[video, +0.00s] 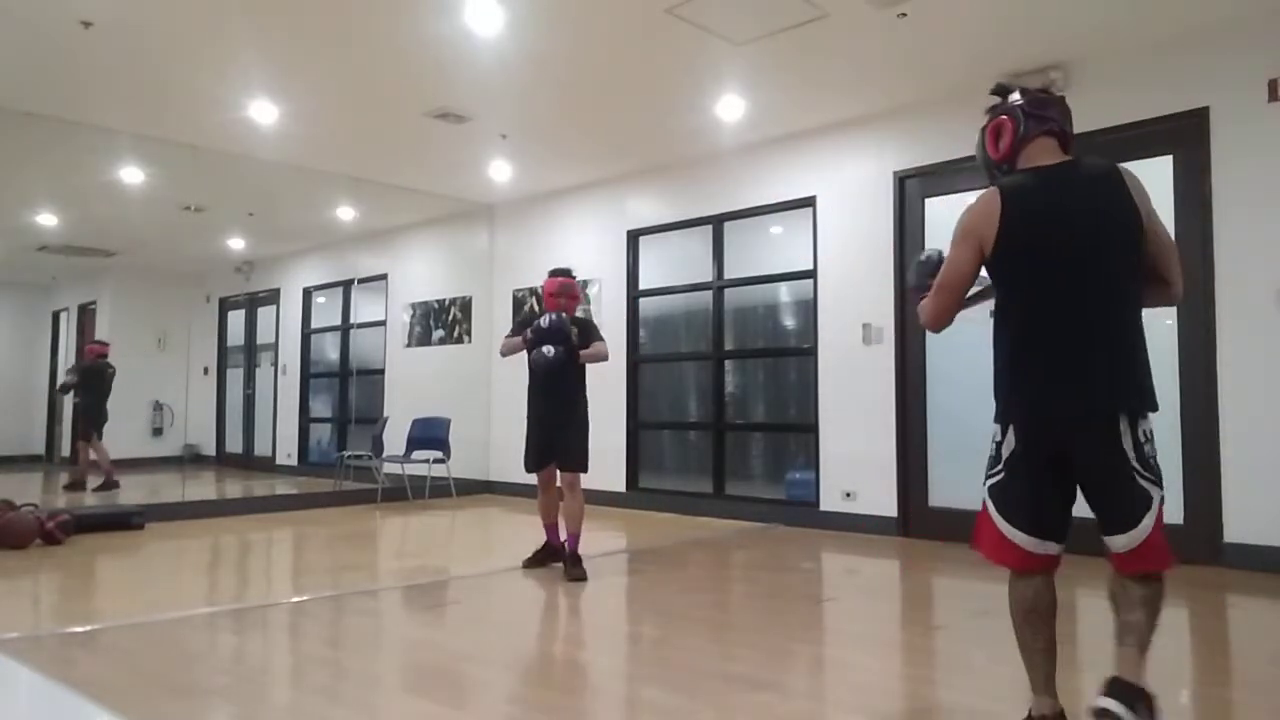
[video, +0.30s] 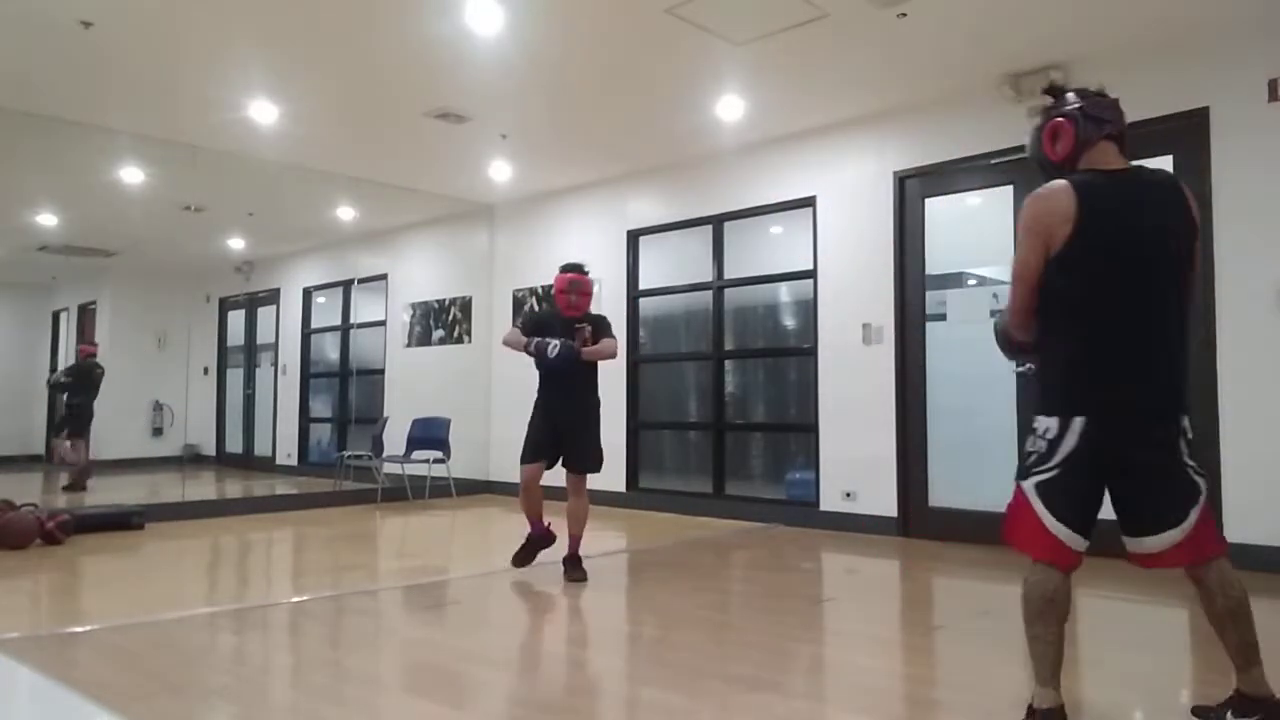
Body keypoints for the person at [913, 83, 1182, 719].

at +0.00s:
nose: (987, 149)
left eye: (988, 138)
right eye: (987, 140)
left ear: (1004, 134)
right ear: (1063, 133)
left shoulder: (990, 210)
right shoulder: (1121, 184)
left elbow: (934, 316)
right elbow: (1168, 285)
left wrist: (940, 282)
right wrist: (1094, 285)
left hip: (1032, 412)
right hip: (1117, 408)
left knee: (1030, 563)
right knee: (1137, 556)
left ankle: (1044, 706)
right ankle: (1128, 682)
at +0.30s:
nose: (1046, 152)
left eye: (1047, 142)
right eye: (1045, 144)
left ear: (1065, 136)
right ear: (1117, 135)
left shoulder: (1050, 202)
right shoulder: (1178, 195)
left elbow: (1020, 321)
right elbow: (1183, 300)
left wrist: (1017, 341)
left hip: (1072, 411)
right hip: (1158, 407)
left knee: (1047, 557)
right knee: (1206, 554)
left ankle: (1045, 701)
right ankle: (1256, 690)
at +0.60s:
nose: (1114, 174)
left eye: (1114, 158)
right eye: (1109, 163)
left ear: (1145, 134)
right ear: (1169, 135)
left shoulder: (1157, 189)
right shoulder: (1224, 194)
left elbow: (1086, 294)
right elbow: (1177, 280)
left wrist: (1077, 340)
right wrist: (1106, 245)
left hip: (1172, 400)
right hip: (1236, 399)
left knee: (1127, 543)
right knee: (1242, 552)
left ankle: (1128, 697)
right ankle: (1261, 697)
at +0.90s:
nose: (1146, 156)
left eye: (1152, 138)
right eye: (1142, 142)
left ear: (1193, 126)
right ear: (1196, 130)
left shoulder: (1224, 186)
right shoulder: (1228, 193)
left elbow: (1123, 264)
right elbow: (1183, 292)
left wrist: (1103, 304)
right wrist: (1093, 279)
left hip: (1216, 405)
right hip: (1215, 403)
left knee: (1227, 553)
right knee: (1229, 552)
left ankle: (1261, 696)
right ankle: (1262, 691)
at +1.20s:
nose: (1161, 147)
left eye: (1174, 129)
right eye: (1158, 132)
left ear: (1224, 122)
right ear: (1212, 128)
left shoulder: (1250, 187)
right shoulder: (1206, 195)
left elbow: (1168, 264)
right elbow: (1163, 264)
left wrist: (1107, 301)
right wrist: (1101, 280)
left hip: (1220, 403)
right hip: (1192, 400)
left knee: (1223, 555)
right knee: (1220, 553)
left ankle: (1264, 703)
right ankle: (1259, 695)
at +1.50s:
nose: (1171, 132)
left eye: (1188, 115)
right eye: (1167, 118)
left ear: (1240, 111)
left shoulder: (1253, 180)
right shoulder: (1215, 189)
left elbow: (1186, 279)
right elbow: (1141, 275)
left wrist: (1069, 293)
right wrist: (1117, 232)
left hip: (1210, 399)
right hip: (1178, 394)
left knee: (1199, 557)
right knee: (1193, 556)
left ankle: (1234, 709)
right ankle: (1224, 701)